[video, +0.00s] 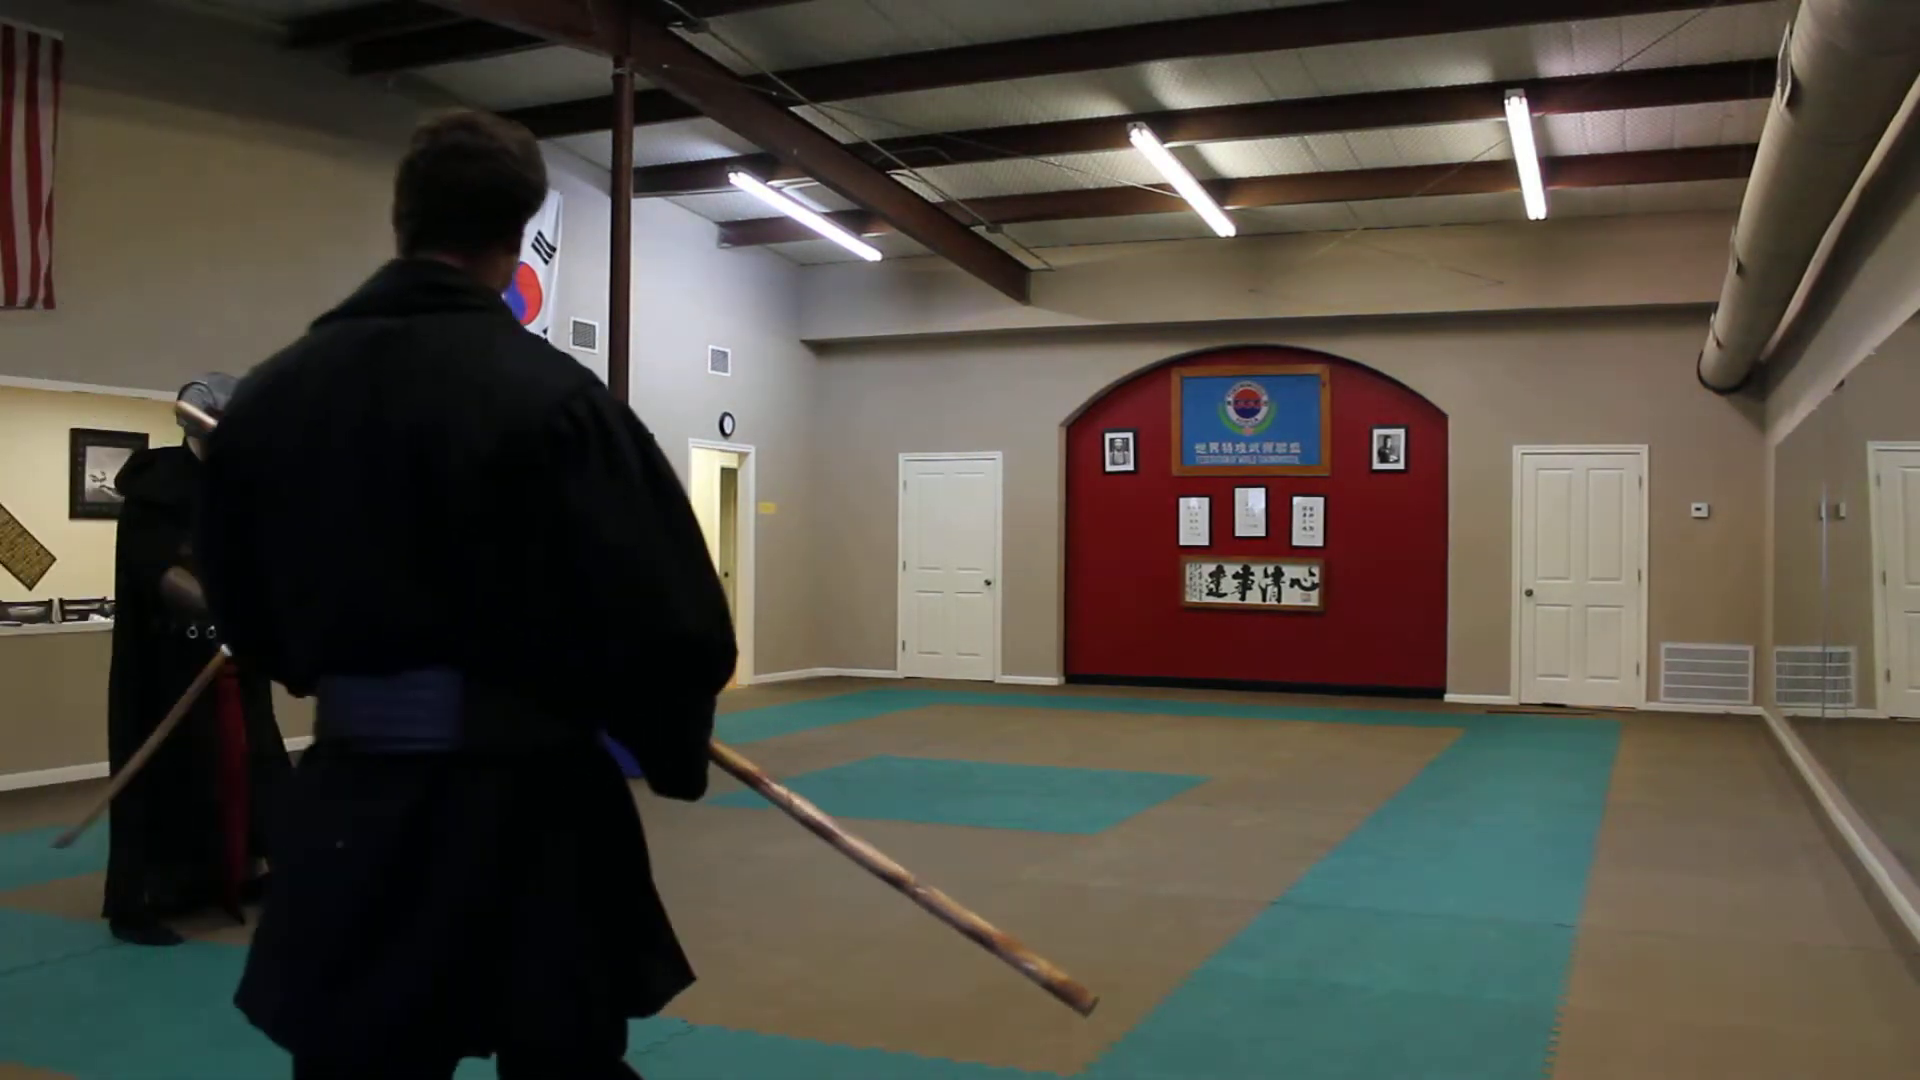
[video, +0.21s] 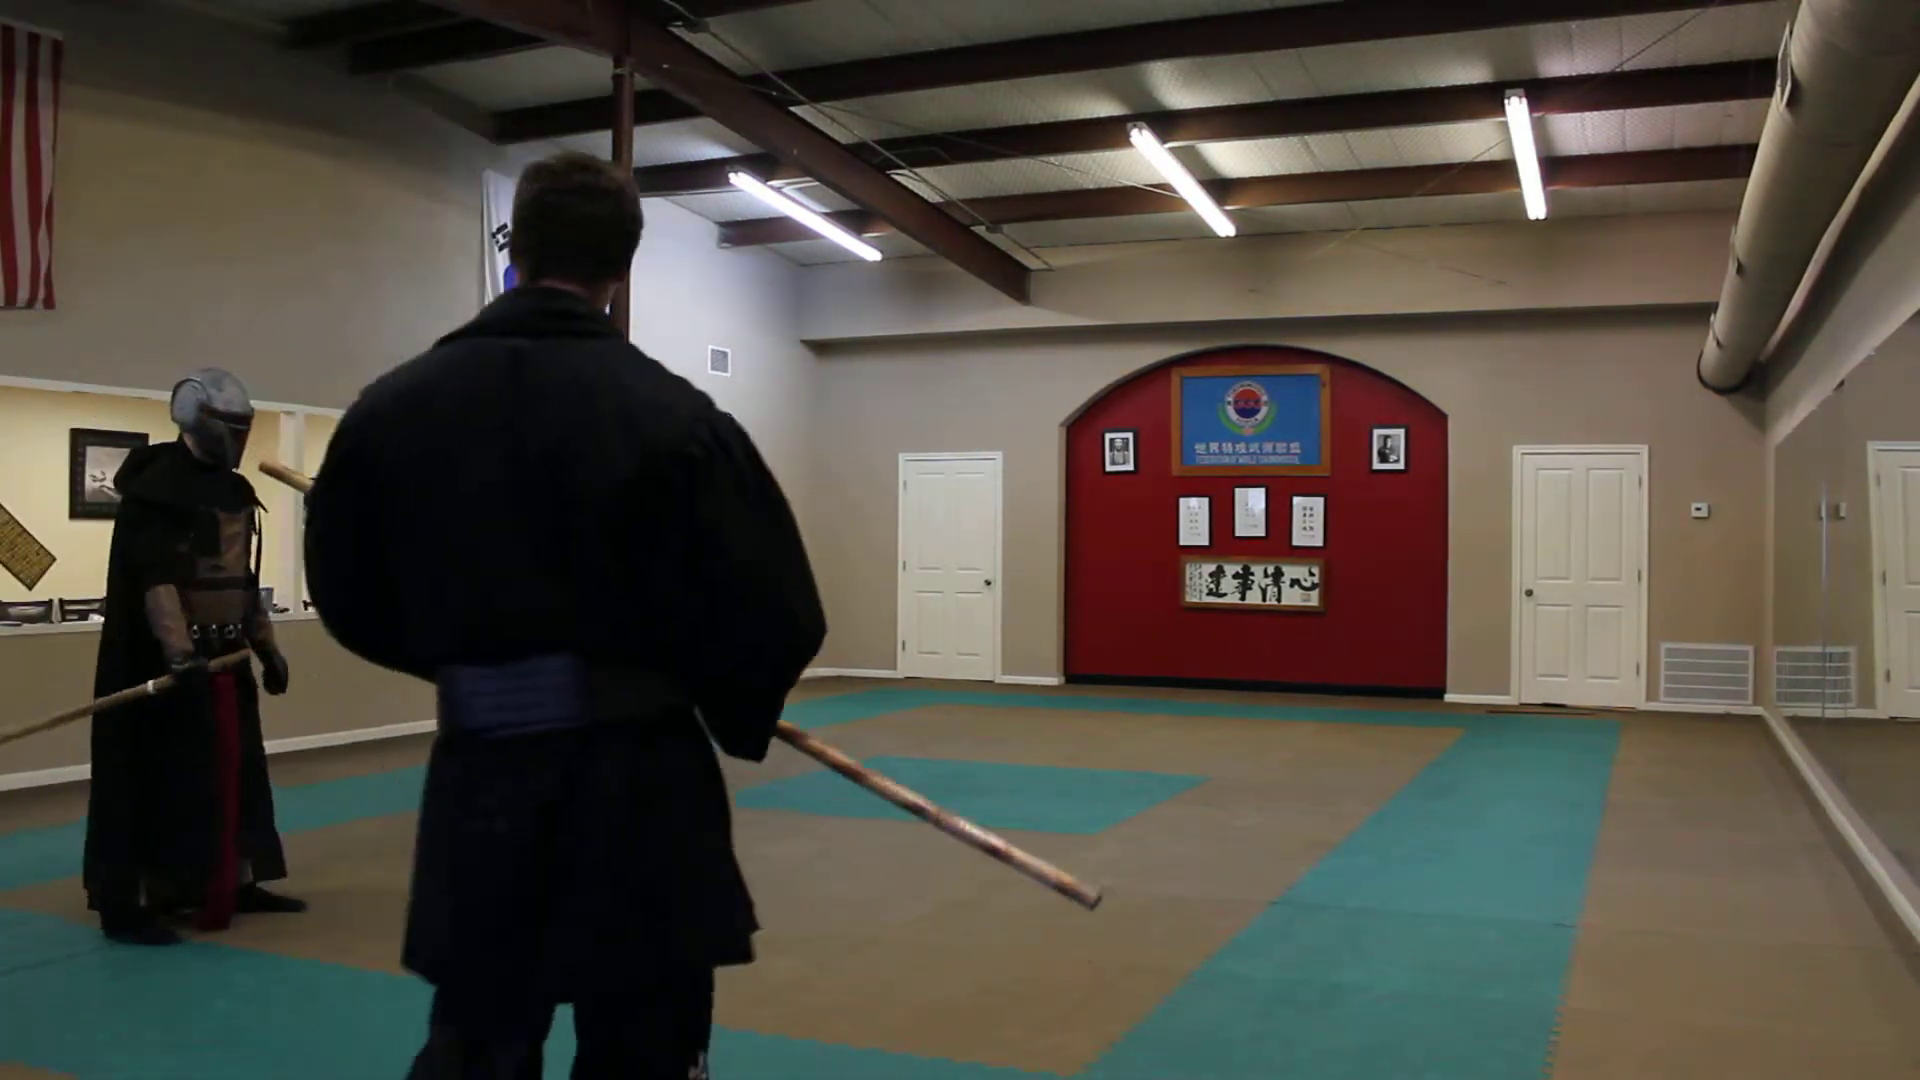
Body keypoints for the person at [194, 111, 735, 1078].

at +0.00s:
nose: (524, 261)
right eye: (524, 239)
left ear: (403, 224)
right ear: (515, 244)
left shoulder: (273, 399)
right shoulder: (559, 400)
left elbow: (253, 618)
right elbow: (678, 629)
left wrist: (341, 677)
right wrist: (661, 741)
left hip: (354, 807)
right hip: (537, 809)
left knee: (356, 1059)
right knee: (565, 1057)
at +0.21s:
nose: (623, 279)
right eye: (625, 261)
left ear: (513, 256)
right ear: (621, 269)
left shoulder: (396, 409)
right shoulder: (672, 415)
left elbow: (351, 600)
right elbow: (774, 617)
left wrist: (467, 655)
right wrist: (735, 703)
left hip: (483, 788)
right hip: (643, 791)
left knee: (480, 1041)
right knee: (642, 1048)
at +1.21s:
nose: (675, 350)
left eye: (674, 339)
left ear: (677, 347)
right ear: (755, 350)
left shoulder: (617, 457)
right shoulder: (817, 455)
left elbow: (565, 602)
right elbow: (875, 588)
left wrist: (626, 689)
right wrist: (824, 675)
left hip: (663, 724)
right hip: (785, 724)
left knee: (662, 926)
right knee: (797, 902)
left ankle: (657, 1065)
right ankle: (835, 1053)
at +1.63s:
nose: (721, 368)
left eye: (720, 357)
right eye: (722, 356)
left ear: (735, 357)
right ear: (799, 355)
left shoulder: (699, 453)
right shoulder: (865, 446)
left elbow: (656, 595)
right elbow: (897, 567)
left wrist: (690, 674)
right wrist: (853, 648)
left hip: (737, 692)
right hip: (842, 694)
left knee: (730, 864)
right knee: (839, 875)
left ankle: (725, 1027)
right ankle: (835, 1046)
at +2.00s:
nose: (684, 385)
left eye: (683, 374)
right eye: (684, 374)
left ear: (699, 374)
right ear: (755, 369)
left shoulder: (680, 467)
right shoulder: (825, 456)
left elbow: (631, 598)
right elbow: (851, 568)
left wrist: (646, 669)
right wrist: (810, 634)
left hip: (716, 679)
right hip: (804, 676)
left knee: (715, 839)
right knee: (807, 817)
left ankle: (729, 996)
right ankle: (832, 953)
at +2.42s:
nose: (691, 409)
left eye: (692, 396)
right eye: (688, 396)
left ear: (715, 390)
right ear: (747, 387)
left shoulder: (729, 467)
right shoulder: (815, 461)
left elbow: (682, 572)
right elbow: (810, 566)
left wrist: (652, 645)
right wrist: (727, 606)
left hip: (754, 670)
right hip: (813, 663)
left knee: (729, 824)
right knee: (807, 803)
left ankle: (736, 993)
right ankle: (823, 935)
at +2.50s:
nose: (692, 416)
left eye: (694, 403)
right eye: (690, 404)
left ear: (721, 398)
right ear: (744, 396)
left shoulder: (743, 468)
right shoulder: (807, 459)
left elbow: (709, 572)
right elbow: (804, 569)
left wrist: (667, 650)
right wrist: (713, 622)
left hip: (774, 662)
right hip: (824, 654)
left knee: (743, 816)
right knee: (817, 803)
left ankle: (737, 987)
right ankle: (825, 941)